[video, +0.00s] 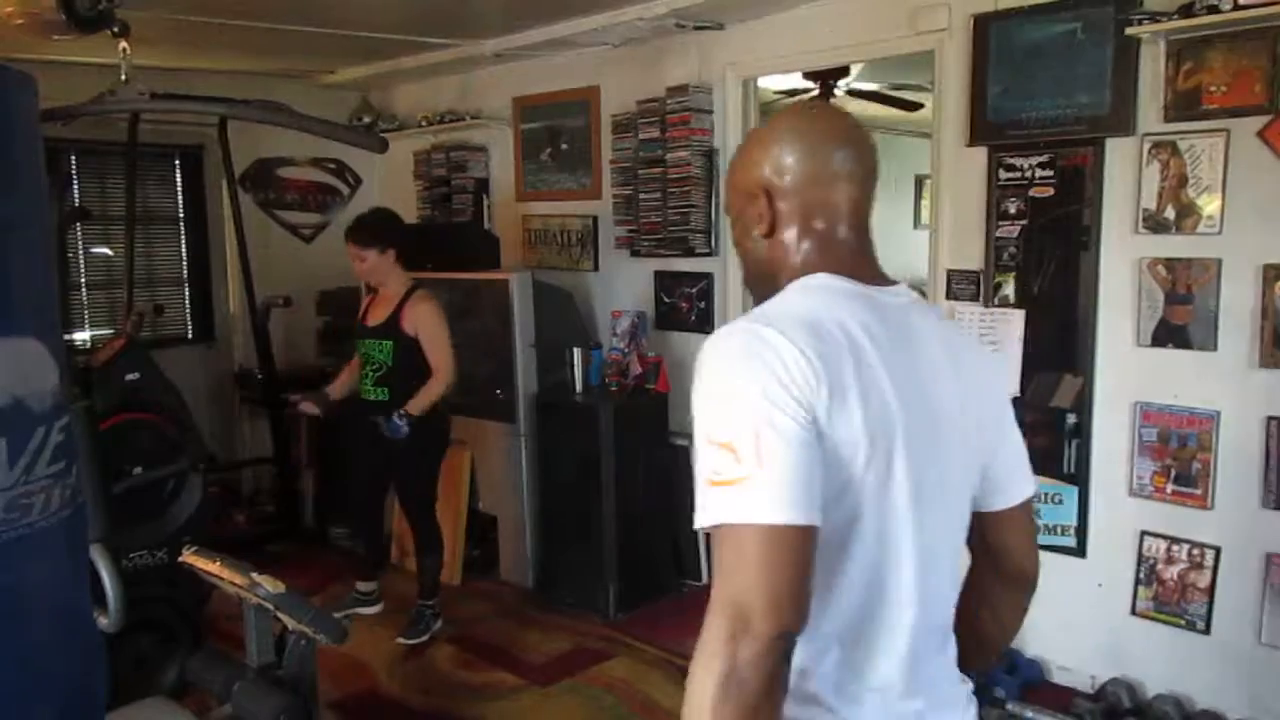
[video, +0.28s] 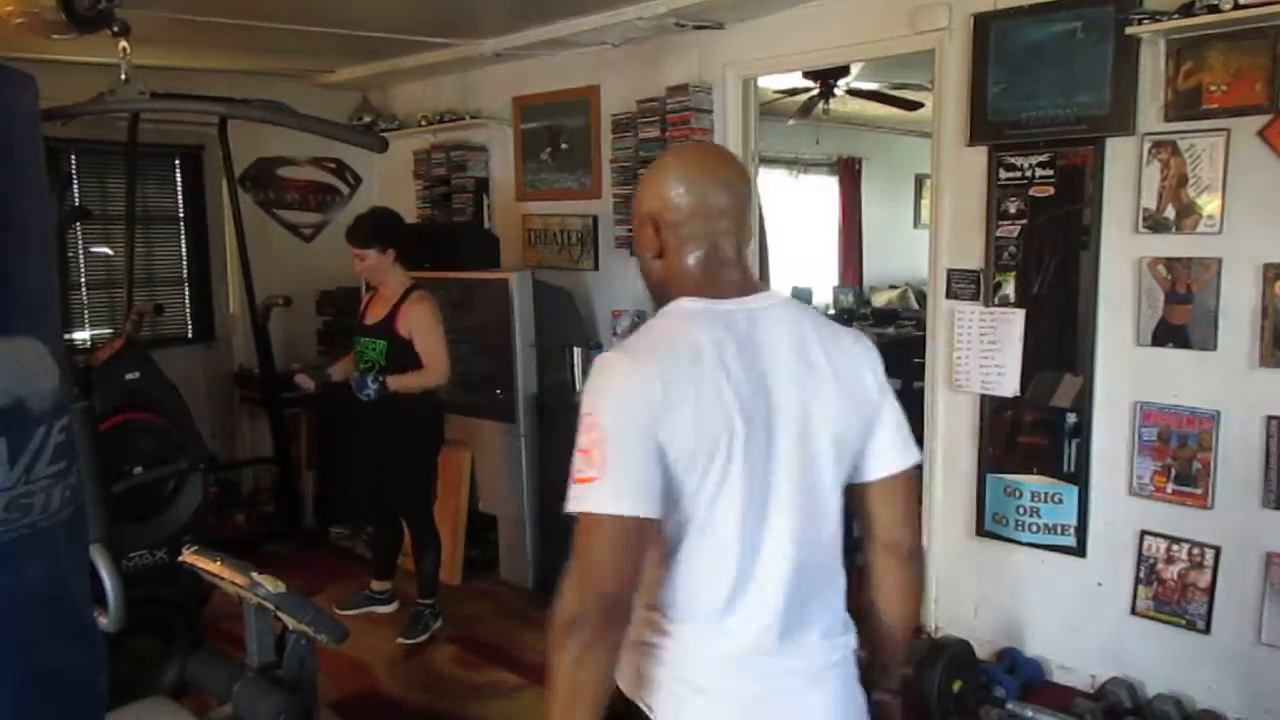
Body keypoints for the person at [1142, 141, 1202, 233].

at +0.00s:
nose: (1157, 159)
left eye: (1159, 154)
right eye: (1155, 156)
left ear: (1168, 150)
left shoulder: (1175, 161)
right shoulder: (1164, 166)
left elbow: (1171, 187)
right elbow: (1161, 189)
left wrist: (1160, 213)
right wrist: (1157, 213)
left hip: (1191, 211)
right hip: (1180, 212)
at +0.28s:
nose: (1157, 158)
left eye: (1159, 153)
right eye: (1155, 155)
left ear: (1169, 149)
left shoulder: (1175, 161)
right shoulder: (1164, 165)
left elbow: (1170, 187)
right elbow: (1161, 187)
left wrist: (1160, 212)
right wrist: (1157, 212)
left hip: (1190, 211)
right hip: (1180, 211)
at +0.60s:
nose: (1157, 158)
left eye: (1159, 153)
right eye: (1155, 155)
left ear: (1169, 150)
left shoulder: (1175, 162)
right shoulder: (1164, 165)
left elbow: (1170, 187)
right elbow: (1161, 188)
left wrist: (1160, 213)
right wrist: (1157, 212)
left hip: (1190, 211)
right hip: (1180, 212)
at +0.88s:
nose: (1158, 159)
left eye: (1160, 154)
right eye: (1156, 156)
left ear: (1168, 150)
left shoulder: (1175, 161)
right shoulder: (1164, 165)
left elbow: (1170, 187)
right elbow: (1162, 188)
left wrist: (1160, 213)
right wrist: (1157, 213)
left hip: (1191, 210)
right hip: (1180, 212)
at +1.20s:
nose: (1158, 159)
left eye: (1159, 154)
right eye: (1156, 156)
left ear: (1168, 150)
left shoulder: (1175, 161)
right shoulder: (1164, 165)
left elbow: (1170, 187)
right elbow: (1162, 188)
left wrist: (1161, 213)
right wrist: (1157, 212)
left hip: (1190, 211)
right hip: (1180, 212)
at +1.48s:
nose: (1157, 158)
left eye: (1159, 153)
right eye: (1155, 156)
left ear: (1168, 149)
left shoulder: (1175, 161)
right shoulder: (1164, 165)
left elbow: (1171, 187)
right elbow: (1162, 188)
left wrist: (1161, 213)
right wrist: (1157, 212)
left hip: (1190, 212)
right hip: (1180, 213)